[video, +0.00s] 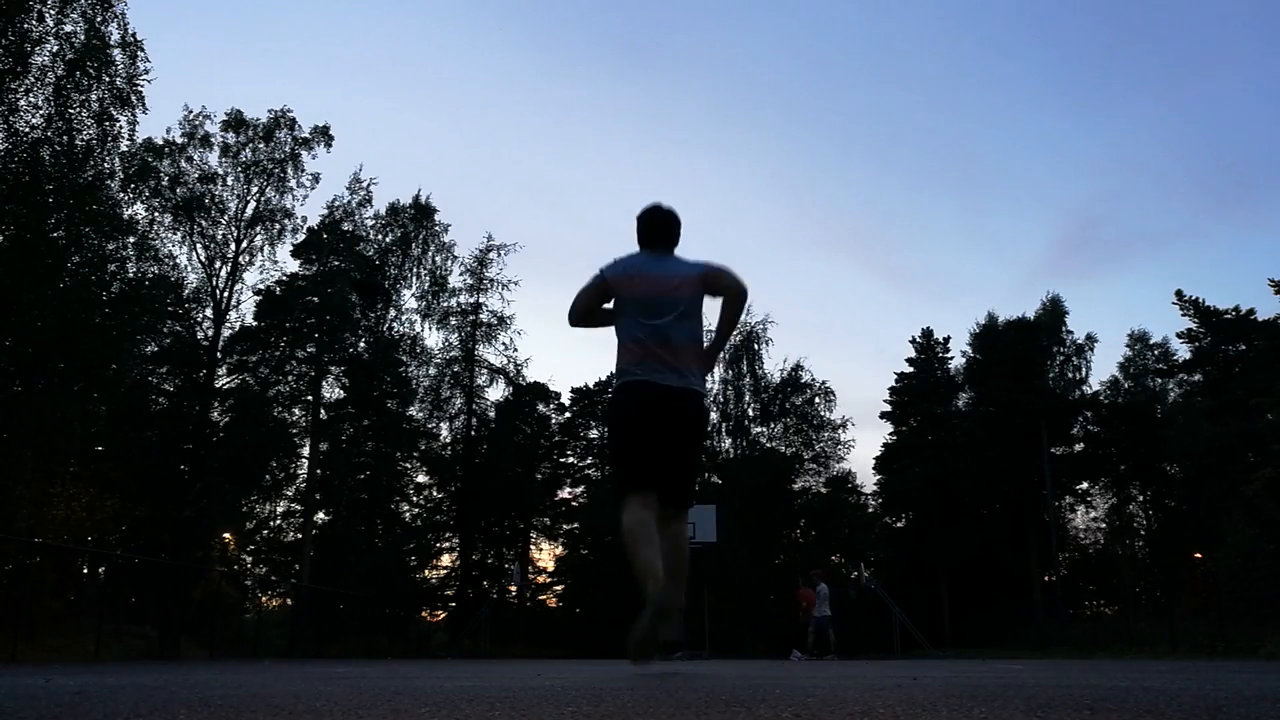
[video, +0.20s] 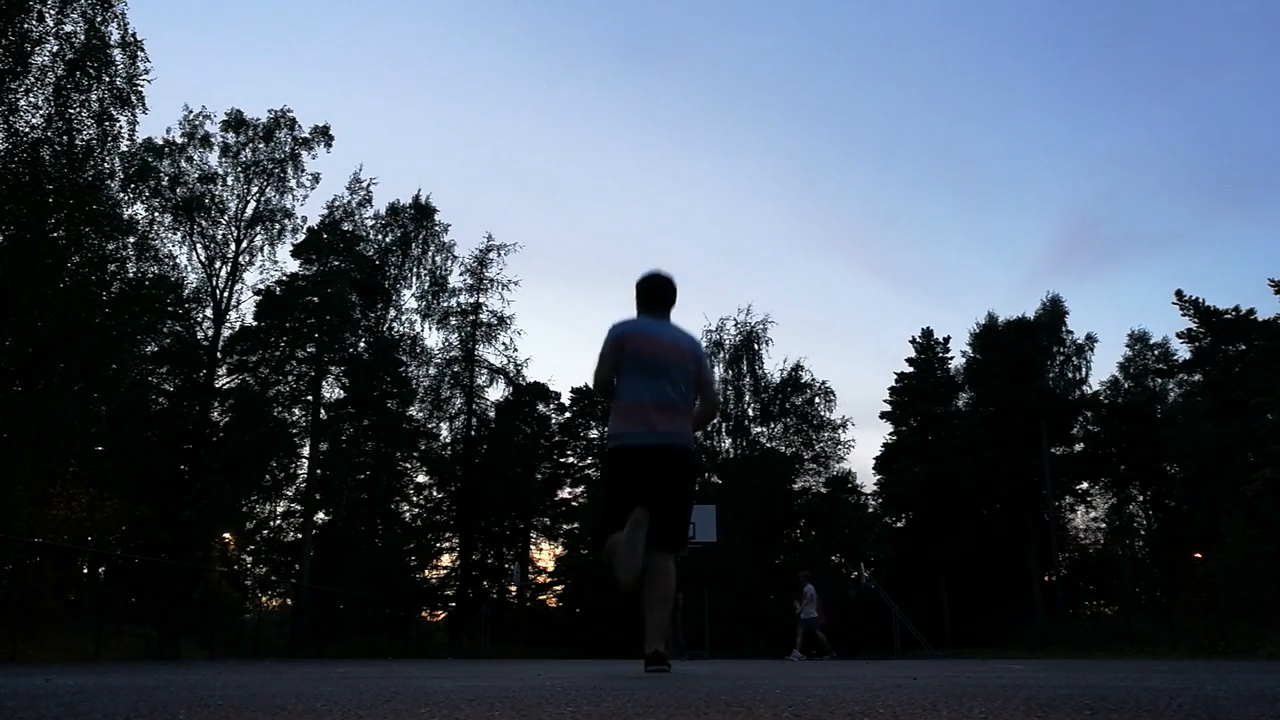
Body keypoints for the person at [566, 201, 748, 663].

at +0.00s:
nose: (652, 239)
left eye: (645, 233)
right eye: (665, 233)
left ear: (637, 236)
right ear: (677, 238)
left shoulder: (619, 271)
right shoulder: (696, 273)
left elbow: (579, 314)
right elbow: (737, 290)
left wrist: (623, 317)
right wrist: (715, 348)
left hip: (633, 398)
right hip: (685, 402)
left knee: (637, 501)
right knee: (675, 513)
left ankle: (655, 595)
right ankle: (673, 631)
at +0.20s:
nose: (644, 304)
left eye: (641, 297)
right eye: (660, 298)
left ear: (637, 299)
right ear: (673, 303)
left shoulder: (622, 332)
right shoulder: (690, 344)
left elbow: (600, 383)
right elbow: (712, 403)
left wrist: (622, 407)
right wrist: (685, 427)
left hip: (626, 453)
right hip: (675, 456)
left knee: (613, 539)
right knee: (665, 551)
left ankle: (631, 534)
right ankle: (656, 651)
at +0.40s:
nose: (614, 309)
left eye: (617, 302)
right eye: (615, 303)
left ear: (632, 302)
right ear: (650, 305)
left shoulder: (622, 327)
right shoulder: (671, 340)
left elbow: (612, 375)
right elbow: (669, 393)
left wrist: (607, 396)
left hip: (625, 449)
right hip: (667, 449)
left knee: (615, 539)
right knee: (660, 537)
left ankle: (622, 639)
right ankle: (659, 636)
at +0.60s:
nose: (603, 351)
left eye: (607, 344)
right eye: (604, 344)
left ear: (621, 346)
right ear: (636, 347)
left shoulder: (620, 379)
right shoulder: (655, 383)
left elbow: (616, 425)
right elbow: (661, 432)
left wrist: (592, 448)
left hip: (625, 485)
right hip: (655, 486)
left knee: (613, 568)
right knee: (636, 563)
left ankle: (637, 651)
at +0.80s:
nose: (606, 351)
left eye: (611, 346)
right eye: (607, 346)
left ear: (626, 347)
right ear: (632, 348)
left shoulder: (630, 376)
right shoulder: (640, 378)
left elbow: (623, 412)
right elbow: (664, 406)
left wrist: (607, 403)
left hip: (638, 475)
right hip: (646, 473)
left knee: (622, 548)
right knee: (632, 550)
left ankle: (635, 633)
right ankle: (647, 632)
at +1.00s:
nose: (620, 386)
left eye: (626, 380)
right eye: (618, 380)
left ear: (640, 384)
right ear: (616, 383)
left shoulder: (653, 413)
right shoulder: (620, 418)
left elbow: (663, 452)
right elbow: (617, 457)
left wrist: (627, 446)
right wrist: (596, 484)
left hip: (649, 499)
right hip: (625, 499)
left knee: (624, 557)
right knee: (623, 567)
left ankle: (662, 628)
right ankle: (635, 650)